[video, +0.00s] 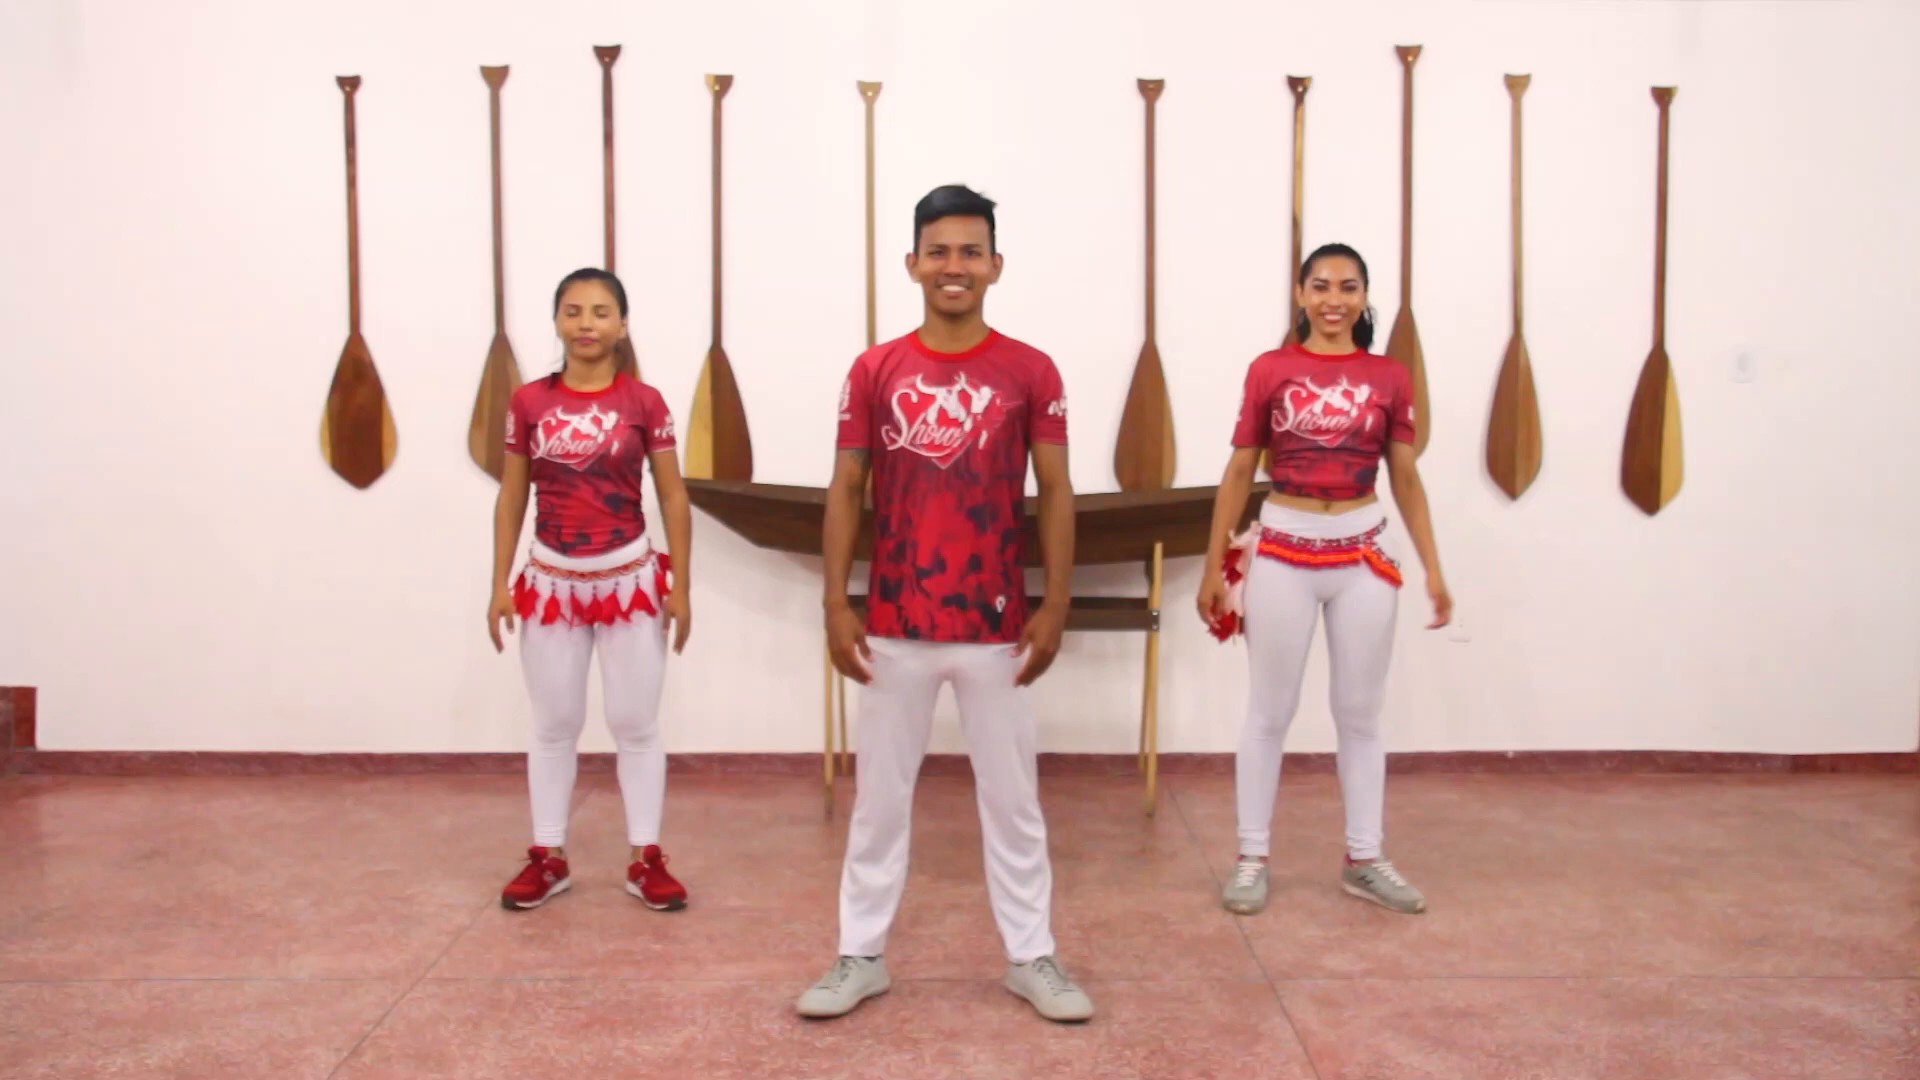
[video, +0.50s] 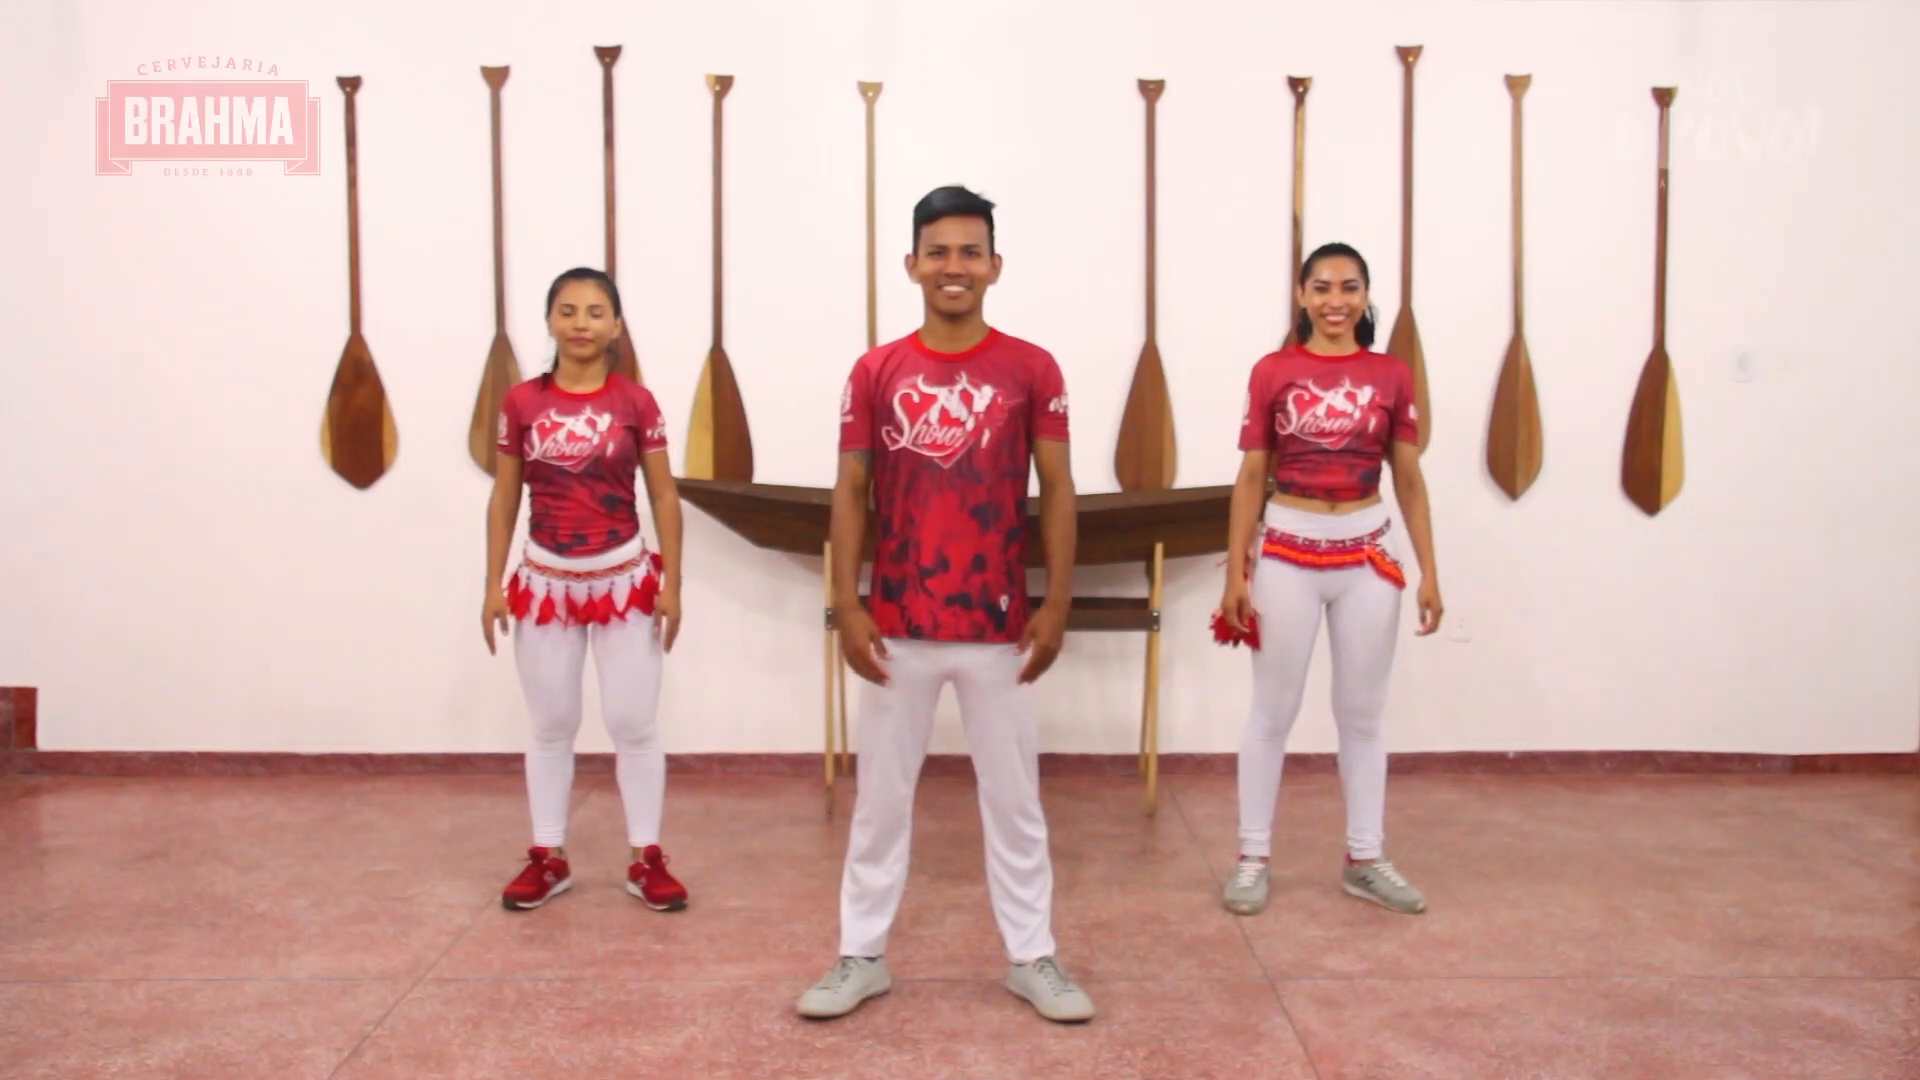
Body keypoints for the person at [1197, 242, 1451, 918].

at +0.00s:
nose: (1334, 298)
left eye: (1348, 287)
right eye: (1321, 285)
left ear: (1365, 298)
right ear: (1301, 294)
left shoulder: (1388, 376)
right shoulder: (1271, 370)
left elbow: (1405, 478)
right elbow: (1238, 472)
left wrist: (1432, 569)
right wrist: (1213, 566)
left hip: (1364, 553)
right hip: (1281, 553)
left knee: (1360, 715)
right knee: (1268, 713)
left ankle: (1364, 859)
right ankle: (1252, 859)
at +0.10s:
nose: (1333, 299)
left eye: (1346, 288)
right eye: (1320, 287)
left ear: (1363, 298)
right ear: (1299, 295)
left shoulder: (1387, 376)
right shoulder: (1270, 370)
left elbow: (1400, 480)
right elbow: (1238, 471)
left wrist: (1416, 572)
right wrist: (1214, 561)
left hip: (1364, 553)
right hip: (1280, 554)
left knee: (1359, 716)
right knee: (1268, 715)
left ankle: (1365, 858)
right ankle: (1251, 859)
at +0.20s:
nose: (1333, 299)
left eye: (1346, 288)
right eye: (1321, 288)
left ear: (1363, 297)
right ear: (1300, 295)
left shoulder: (1388, 376)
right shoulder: (1270, 370)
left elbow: (1397, 482)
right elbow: (1241, 473)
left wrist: (1407, 577)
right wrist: (1219, 560)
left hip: (1364, 554)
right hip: (1281, 554)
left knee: (1360, 715)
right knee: (1269, 715)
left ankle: (1365, 858)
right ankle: (1252, 859)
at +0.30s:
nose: (1333, 299)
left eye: (1346, 288)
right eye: (1321, 287)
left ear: (1363, 297)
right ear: (1300, 295)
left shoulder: (1388, 375)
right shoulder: (1271, 370)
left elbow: (1399, 481)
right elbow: (1246, 473)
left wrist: (1411, 575)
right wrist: (1226, 562)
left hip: (1366, 553)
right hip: (1281, 553)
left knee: (1360, 715)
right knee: (1270, 713)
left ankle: (1364, 858)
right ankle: (1252, 859)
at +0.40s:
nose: (1334, 299)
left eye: (1347, 288)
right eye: (1321, 287)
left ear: (1364, 297)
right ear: (1301, 295)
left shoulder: (1389, 376)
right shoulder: (1272, 372)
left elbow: (1403, 480)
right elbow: (1249, 476)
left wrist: (1420, 575)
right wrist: (1232, 568)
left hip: (1369, 552)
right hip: (1283, 553)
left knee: (1361, 715)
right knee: (1271, 712)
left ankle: (1365, 859)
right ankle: (1253, 858)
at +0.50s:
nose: (1336, 298)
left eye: (1348, 287)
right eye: (1322, 287)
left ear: (1365, 296)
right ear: (1303, 295)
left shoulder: (1391, 375)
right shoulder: (1274, 371)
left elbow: (1408, 479)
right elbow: (1251, 477)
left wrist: (1428, 572)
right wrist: (1236, 571)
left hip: (1369, 554)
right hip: (1285, 554)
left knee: (1362, 714)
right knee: (1271, 714)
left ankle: (1365, 858)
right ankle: (1253, 859)